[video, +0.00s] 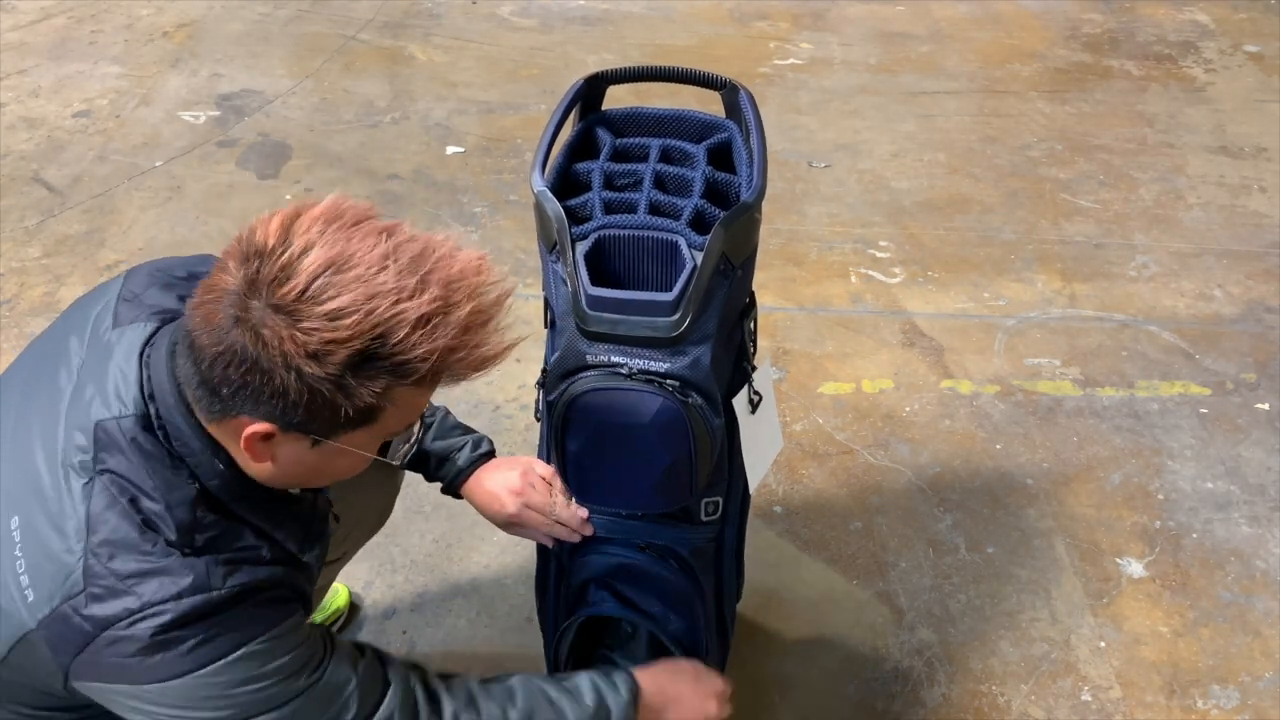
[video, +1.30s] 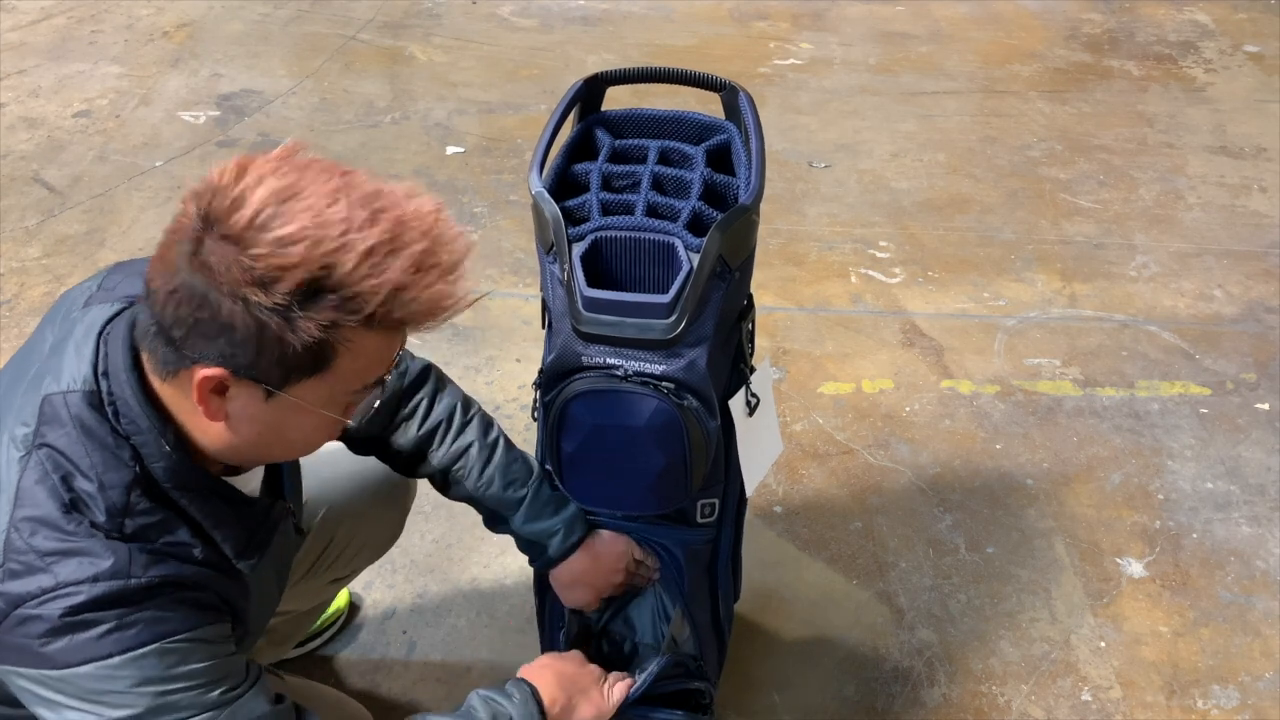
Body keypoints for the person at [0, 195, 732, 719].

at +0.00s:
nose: (403, 435)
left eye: (408, 413)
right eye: (387, 433)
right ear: (266, 445)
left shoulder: (188, 294)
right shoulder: (165, 616)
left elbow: (343, 368)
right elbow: (404, 711)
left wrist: (468, 467)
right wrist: (634, 695)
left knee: (374, 477)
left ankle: (276, 638)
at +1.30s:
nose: (379, 399)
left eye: (380, 375)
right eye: (358, 390)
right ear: (219, 397)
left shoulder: (165, 294)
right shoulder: (107, 623)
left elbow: (402, 397)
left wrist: (564, 538)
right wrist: (530, 702)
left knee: (377, 501)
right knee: (337, 710)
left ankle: (270, 639)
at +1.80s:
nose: (335, 310)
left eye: (323, 275)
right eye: (302, 302)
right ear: (168, 348)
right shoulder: (106, 607)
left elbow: (363, 365)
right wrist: (531, 658)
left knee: (377, 487)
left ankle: (267, 645)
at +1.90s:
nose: (332, 300)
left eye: (322, 269)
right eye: (303, 294)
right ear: (168, 347)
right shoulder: (98, 590)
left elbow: (318, 370)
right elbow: (357, 699)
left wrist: (436, 396)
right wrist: (542, 532)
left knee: (383, 489)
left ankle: (283, 631)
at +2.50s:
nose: (393, 71)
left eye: (409, 44)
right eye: (397, 38)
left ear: (246, 6)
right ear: (250, 6)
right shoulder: (61, 211)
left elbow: (253, 216)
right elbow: (176, 550)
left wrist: (428, 333)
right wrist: (430, 483)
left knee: (187, 473)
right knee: (91, 694)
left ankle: (224, 639)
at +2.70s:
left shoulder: (219, 13)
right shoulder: (55, 103)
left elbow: (277, 139)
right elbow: (216, 403)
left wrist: (421, 297)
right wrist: (457, 496)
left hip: (19, 312)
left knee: (113, 467)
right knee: (39, 627)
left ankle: (209, 648)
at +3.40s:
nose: (454, 11)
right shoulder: (131, 109)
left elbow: (265, 234)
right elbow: (345, 459)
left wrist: (442, 352)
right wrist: (602, 410)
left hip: (18, 391)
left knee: (96, 541)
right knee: (60, 671)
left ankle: (203, 656)